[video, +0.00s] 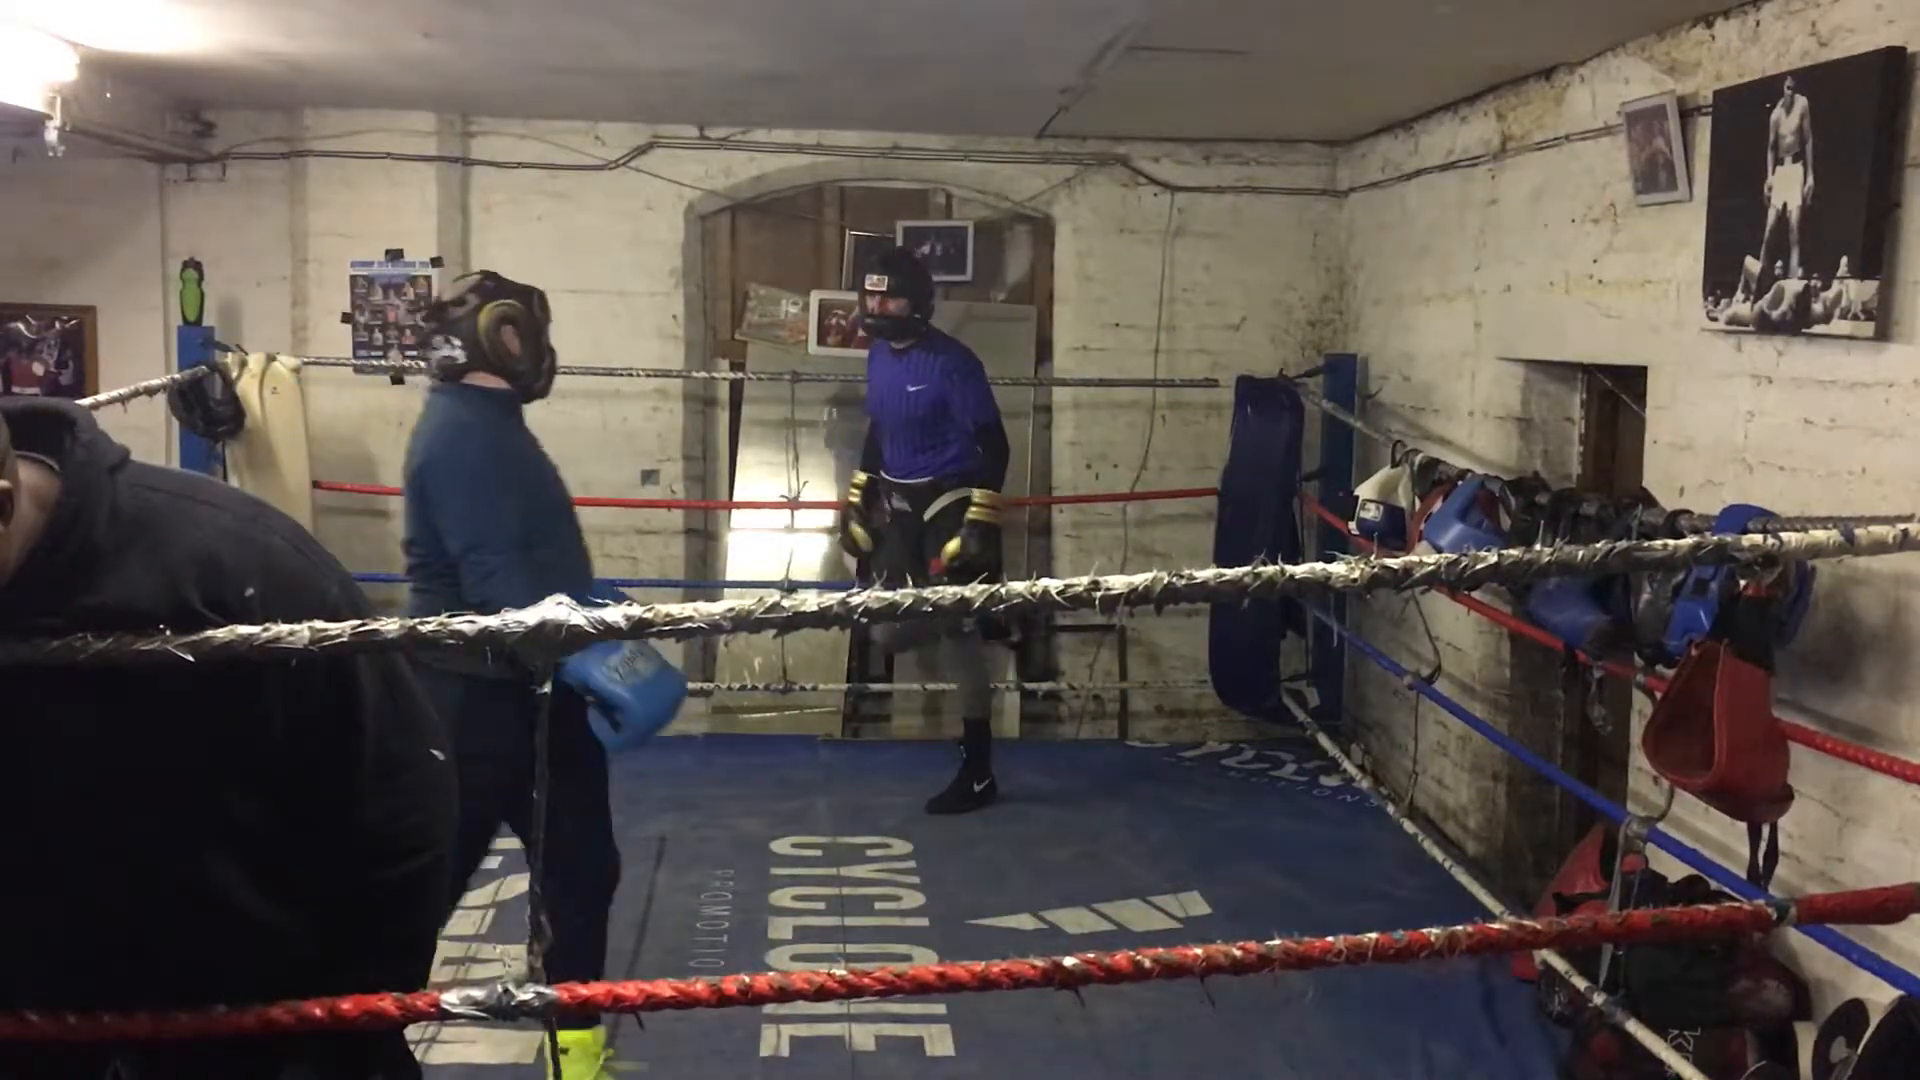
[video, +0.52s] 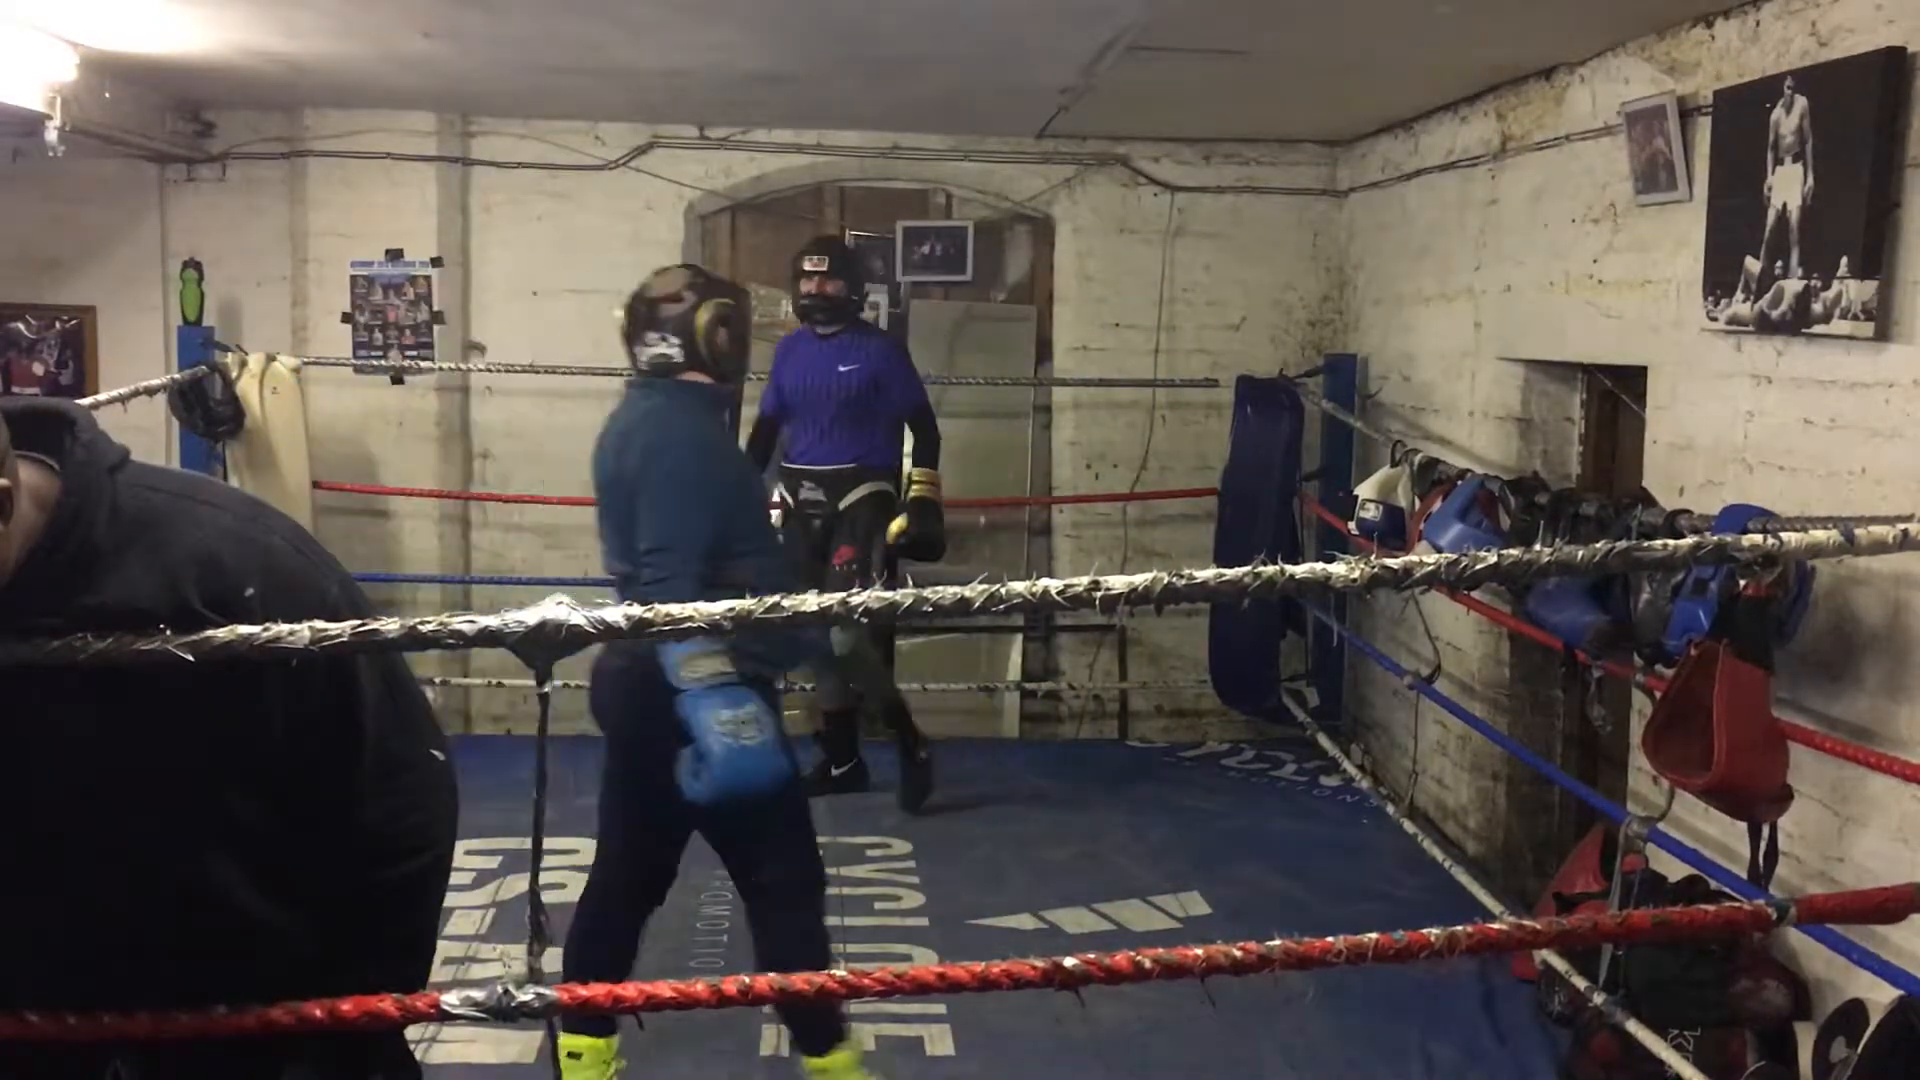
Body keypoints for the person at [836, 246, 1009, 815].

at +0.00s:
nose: (873, 305)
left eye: (886, 296)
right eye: (869, 296)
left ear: (915, 302)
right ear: (866, 301)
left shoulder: (953, 362)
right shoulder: (879, 356)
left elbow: (994, 444)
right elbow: (878, 430)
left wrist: (981, 517)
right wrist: (859, 499)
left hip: (951, 507)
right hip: (897, 507)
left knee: (959, 633)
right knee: (891, 634)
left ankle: (978, 769)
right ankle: (965, 609)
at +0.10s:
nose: (864, 298)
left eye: (875, 287)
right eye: (857, 287)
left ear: (903, 293)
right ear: (851, 294)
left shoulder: (938, 356)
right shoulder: (865, 353)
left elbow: (978, 438)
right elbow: (864, 426)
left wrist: (963, 510)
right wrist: (838, 493)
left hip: (933, 504)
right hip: (879, 502)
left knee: (945, 632)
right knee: (844, 618)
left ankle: (974, 769)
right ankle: (928, 671)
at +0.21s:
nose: (850, 295)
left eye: (862, 284)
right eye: (845, 284)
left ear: (891, 291)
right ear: (840, 291)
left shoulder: (924, 355)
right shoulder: (847, 354)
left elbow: (962, 434)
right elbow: (844, 427)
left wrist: (952, 506)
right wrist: (819, 492)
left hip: (914, 505)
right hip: (855, 504)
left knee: (929, 631)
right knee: (828, 624)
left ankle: (970, 765)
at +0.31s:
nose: (838, 294)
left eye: (851, 285)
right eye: (832, 284)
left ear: (878, 292)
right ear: (824, 292)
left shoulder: (905, 357)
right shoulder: (824, 358)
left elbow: (945, 438)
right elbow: (810, 436)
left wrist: (941, 510)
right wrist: (793, 504)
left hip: (892, 507)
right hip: (831, 507)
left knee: (901, 632)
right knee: (824, 631)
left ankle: (966, 763)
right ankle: (844, 761)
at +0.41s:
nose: (826, 292)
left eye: (838, 282)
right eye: (819, 281)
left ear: (864, 290)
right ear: (809, 289)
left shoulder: (895, 354)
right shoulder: (806, 355)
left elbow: (932, 436)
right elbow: (787, 434)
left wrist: (929, 502)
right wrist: (765, 504)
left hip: (874, 503)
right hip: (812, 501)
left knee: (867, 637)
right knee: (816, 633)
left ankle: (945, 749)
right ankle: (844, 760)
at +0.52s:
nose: (814, 286)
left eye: (826, 277)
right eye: (807, 276)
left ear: (851, 285)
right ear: (796, 285)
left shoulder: (881, 349)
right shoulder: (789, 349)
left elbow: (924, 425)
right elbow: (767, 425)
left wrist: (922, 496)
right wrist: (744, 486)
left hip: (864, 493)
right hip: (800, 494)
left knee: (851, 630)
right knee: (814, 629)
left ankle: (909, 743)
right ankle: (841, 759)